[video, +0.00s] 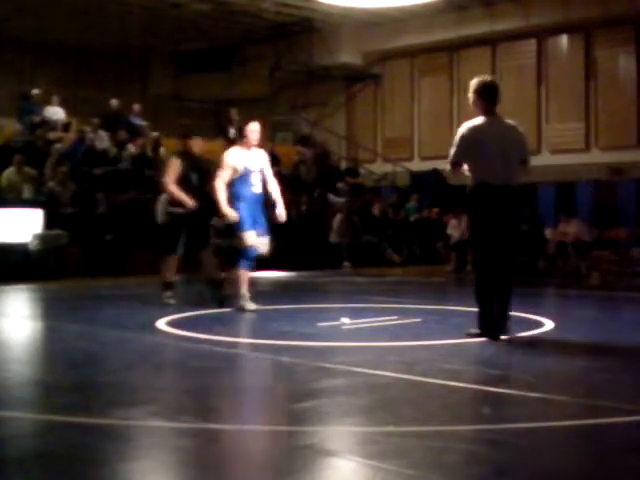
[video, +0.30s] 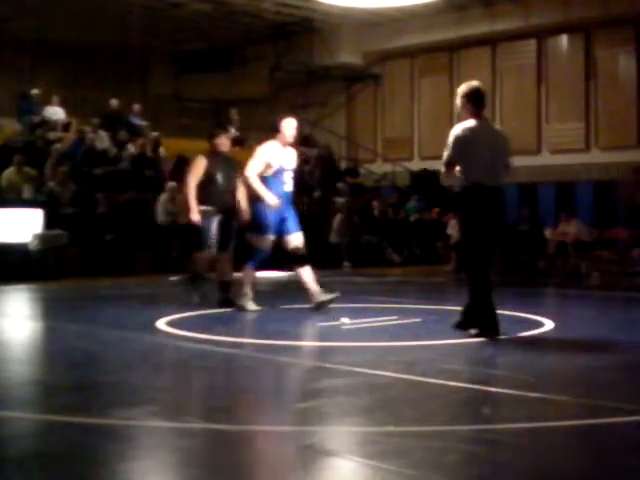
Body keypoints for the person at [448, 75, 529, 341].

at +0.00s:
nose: (471, 101)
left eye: (472, 97)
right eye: (472, 96)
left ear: (476, 100)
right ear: (497, 100)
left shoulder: (469, 131)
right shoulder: (513, 131)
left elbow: (454, 165)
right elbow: (525, 162)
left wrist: (470, 166)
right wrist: (503, 163)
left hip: (481, 199)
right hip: (509, 200)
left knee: (483, 260)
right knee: (504, 259)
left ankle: (487, 325)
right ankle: (500, 322)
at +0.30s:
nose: (457, 107)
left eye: (459, 103)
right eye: (458, 102)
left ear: (466, 104)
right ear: (482, 105)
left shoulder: (460, 132)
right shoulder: (497, 134)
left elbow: (448, 164)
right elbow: (505, 166)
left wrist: (457, 170)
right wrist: (481, 168)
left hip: (471, 197)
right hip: (494, 198)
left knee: (474, 258)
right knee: (483, 258)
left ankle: (486, 320)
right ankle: (472, 314)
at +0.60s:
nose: (449, 109)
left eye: (451, 104)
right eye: (449, 104)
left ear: (458, 105)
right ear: (473, 105)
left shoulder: (457, 131)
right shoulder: (487, 132)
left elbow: (441, 160)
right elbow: (497, 166)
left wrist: (438, 166)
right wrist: (479, 174)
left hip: (464, 197)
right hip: (486, 196)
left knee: (456, 252)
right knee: (477, 252)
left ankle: (470, 311)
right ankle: (477, 306)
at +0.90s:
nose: (439, 111)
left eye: (440, 106)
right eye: (439, 106)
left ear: (447, 107)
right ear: (464, 107)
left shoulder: (443, 132)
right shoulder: (481, 134)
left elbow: (418, 154)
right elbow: (494, 169)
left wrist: (431, 137)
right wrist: (481, 183)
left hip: (453, 197)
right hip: (478, 197)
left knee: (449, 257)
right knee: (477, 258)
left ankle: (445, 319)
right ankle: (471, 319)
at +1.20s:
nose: (429, 108)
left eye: (432, 103)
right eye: (430, 103)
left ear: (440, 106)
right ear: (456, 106)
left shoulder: (432, 131)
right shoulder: (472, 131)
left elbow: (405, 152)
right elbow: (493, 160)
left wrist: (419, 129)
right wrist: (476, 180)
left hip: (443, 197)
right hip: (469, 196)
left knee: (444, 260)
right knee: (470, 259)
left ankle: (445, 320)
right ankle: (470, 321)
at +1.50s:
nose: (419, 111)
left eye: (420, 107)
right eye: (421, 107)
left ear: (424, 108)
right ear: (443, 106)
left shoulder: (420, 134)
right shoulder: (460, 129)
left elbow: (403, 165)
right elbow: (486, 150)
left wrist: (414, 185)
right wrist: (473, 176)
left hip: (433, 197)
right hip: (459, 194)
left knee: (439, 261)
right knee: (460, 259)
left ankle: (444, 322)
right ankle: (468, 321)